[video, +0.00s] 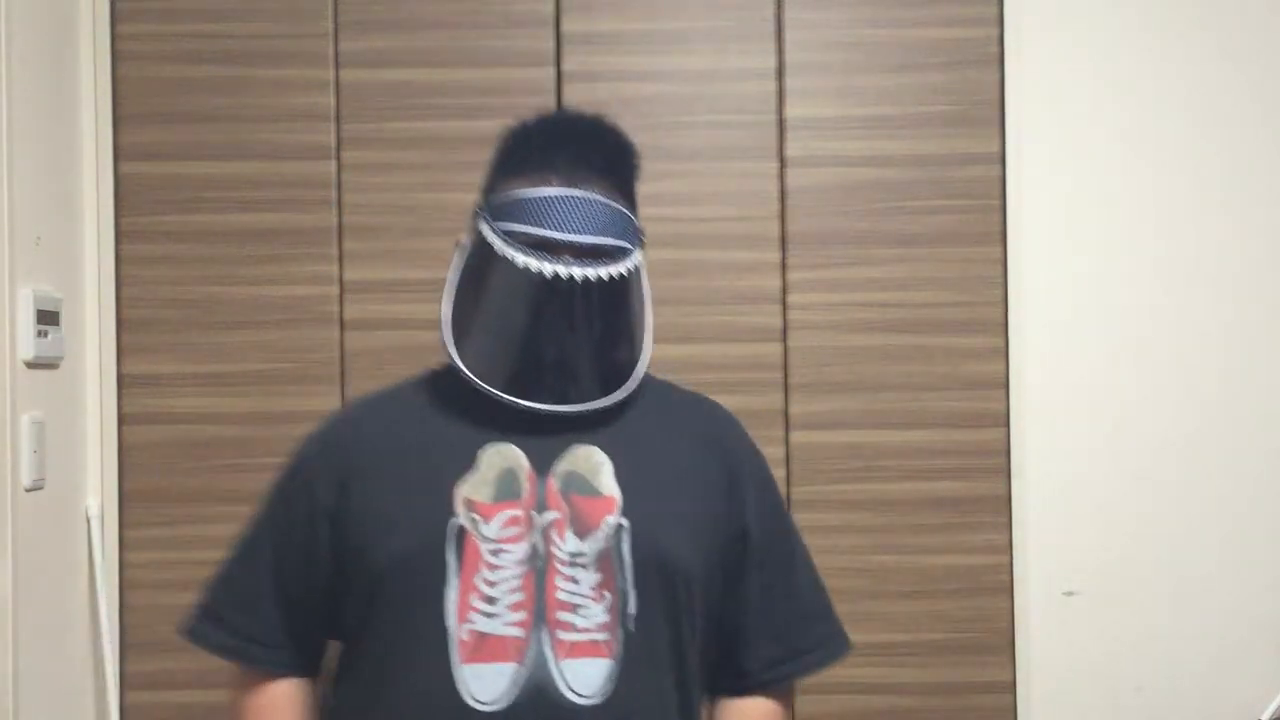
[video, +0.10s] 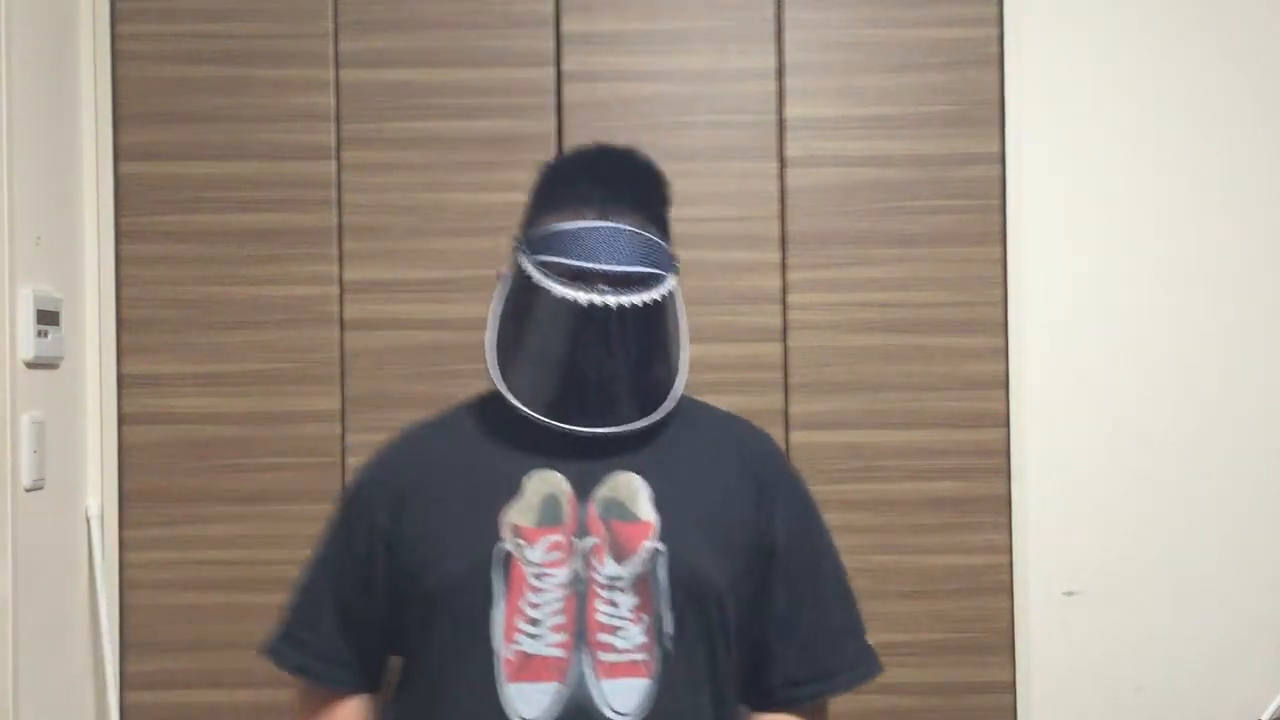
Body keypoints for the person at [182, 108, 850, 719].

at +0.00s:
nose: (557, 286)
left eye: (587, 258)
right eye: (531, 253)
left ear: (629, 263)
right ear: (479, 251)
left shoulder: (711, 452)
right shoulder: (356, 452)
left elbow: (753, 689)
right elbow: (273, 672)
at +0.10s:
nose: (596, 311)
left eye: (622, 285)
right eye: (570, 280)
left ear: (663, 289)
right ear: (520, 277)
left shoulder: (750, 476)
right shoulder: (411, 478)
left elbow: (787, 701)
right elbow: (332, 685)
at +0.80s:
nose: (660, 282)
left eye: (682, 259)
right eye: (640, 259)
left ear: (720, 266)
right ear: (603, 265)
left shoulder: (798, 424)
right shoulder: (526, 430)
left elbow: (859, 614)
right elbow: (480, 604)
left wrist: (865, 711)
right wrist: (486, 712)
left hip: (754, 704)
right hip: (578, 705)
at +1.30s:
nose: (591, 309)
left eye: (612, 290)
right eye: (570, 287)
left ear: (646, 291)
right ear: (538, 283)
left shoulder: (704, 426)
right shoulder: (460, 421)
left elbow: (749, 579)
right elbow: (389, 547)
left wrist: (719, 709)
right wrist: (475, 568)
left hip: (655, 706)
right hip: (505, 702)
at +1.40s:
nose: (588, 309)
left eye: (610, 291)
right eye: (567, 288)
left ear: (643, 290)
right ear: (535, 282)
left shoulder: (703, 423)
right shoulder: (459, 421)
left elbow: (747, 573)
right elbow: (390, 546)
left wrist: (714, 697)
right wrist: (466, 573)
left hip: (655, 708)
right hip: (502, 704)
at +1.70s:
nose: (575, 324)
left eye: (596, 305)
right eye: (556, 304)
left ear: (629, 307)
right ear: (525, 303)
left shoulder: (701, 437)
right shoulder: (461, 446)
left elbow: (756, 590)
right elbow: (402, 569)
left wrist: (723, 712)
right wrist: (433, 611)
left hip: (662, 704)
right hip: (505, 705)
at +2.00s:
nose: (492, 327)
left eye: (514, 304)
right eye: (471, 303)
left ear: (550, 301)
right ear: (443, 298)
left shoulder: (612, 422)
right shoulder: (375, 424)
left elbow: (693, 546)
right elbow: (267, 521)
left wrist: (561, 586)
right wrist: (266, 443)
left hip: (578, 700)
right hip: (418, 700)